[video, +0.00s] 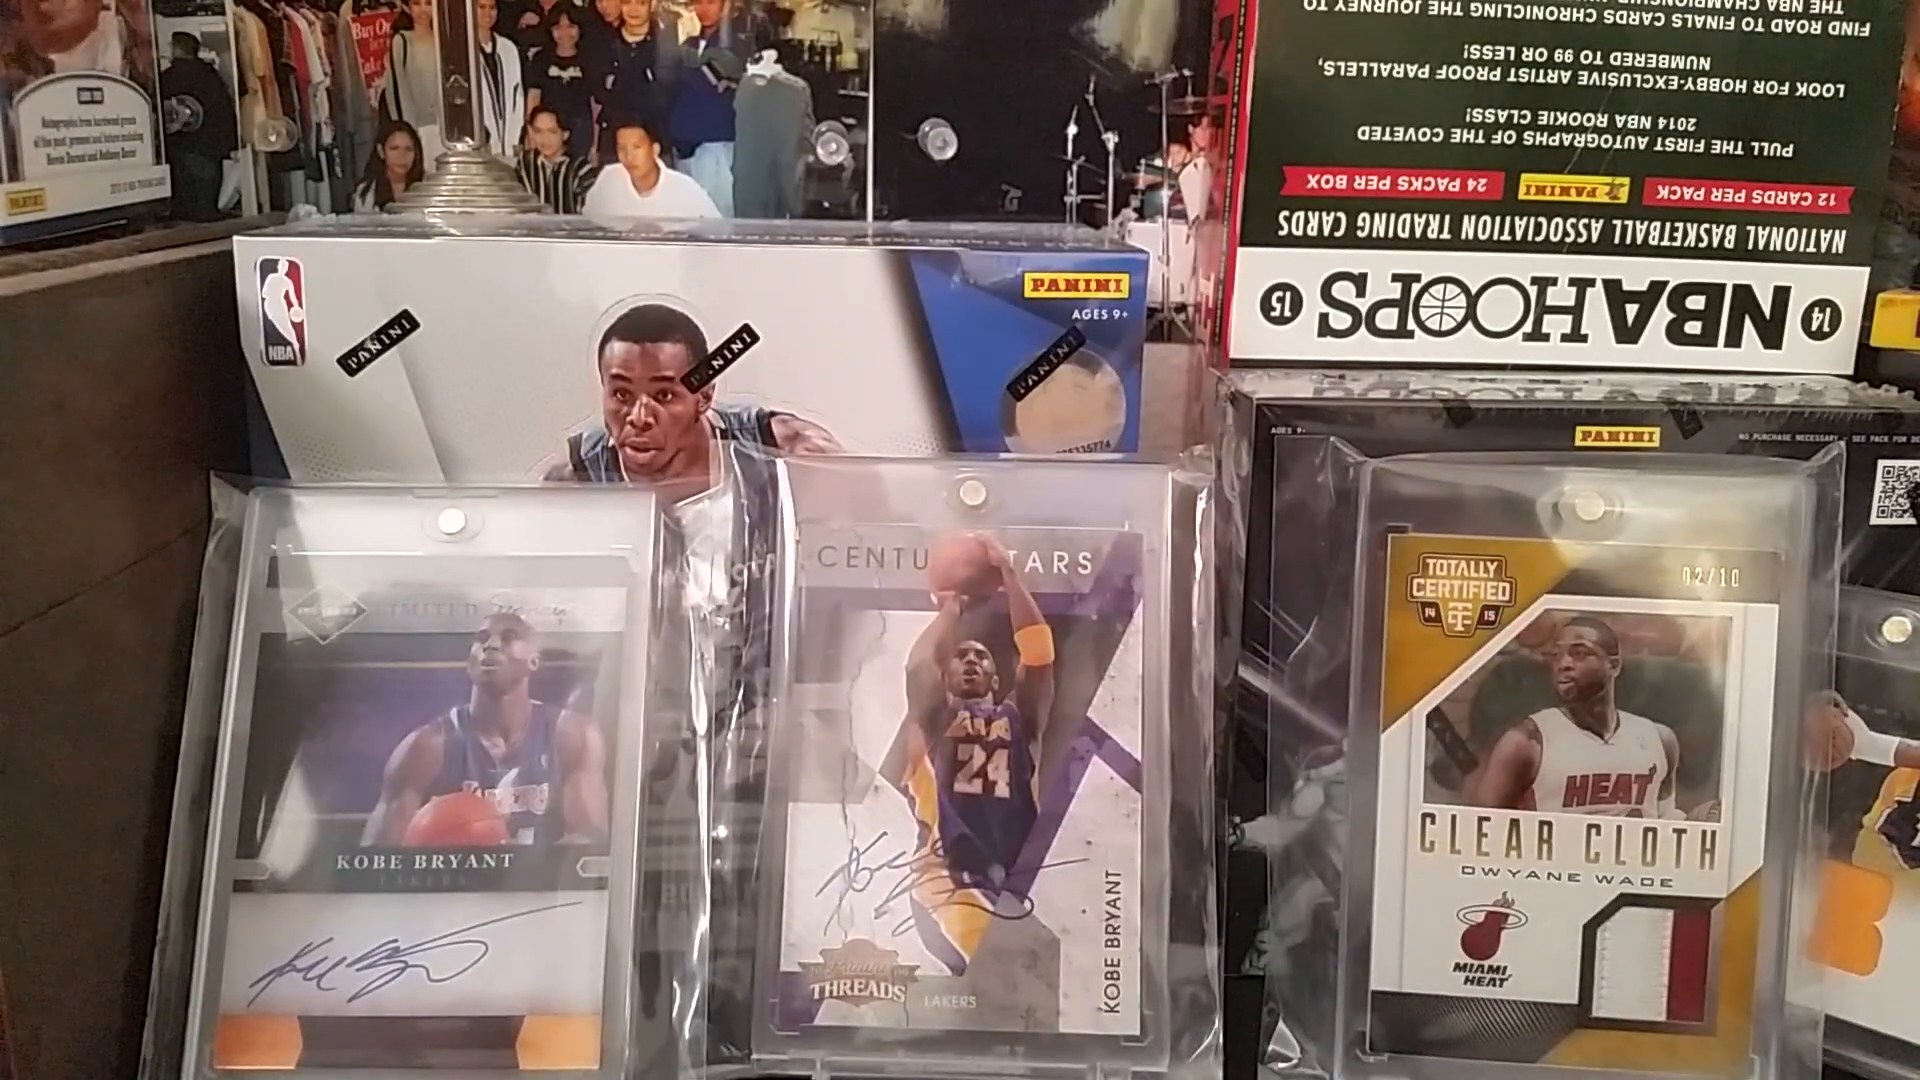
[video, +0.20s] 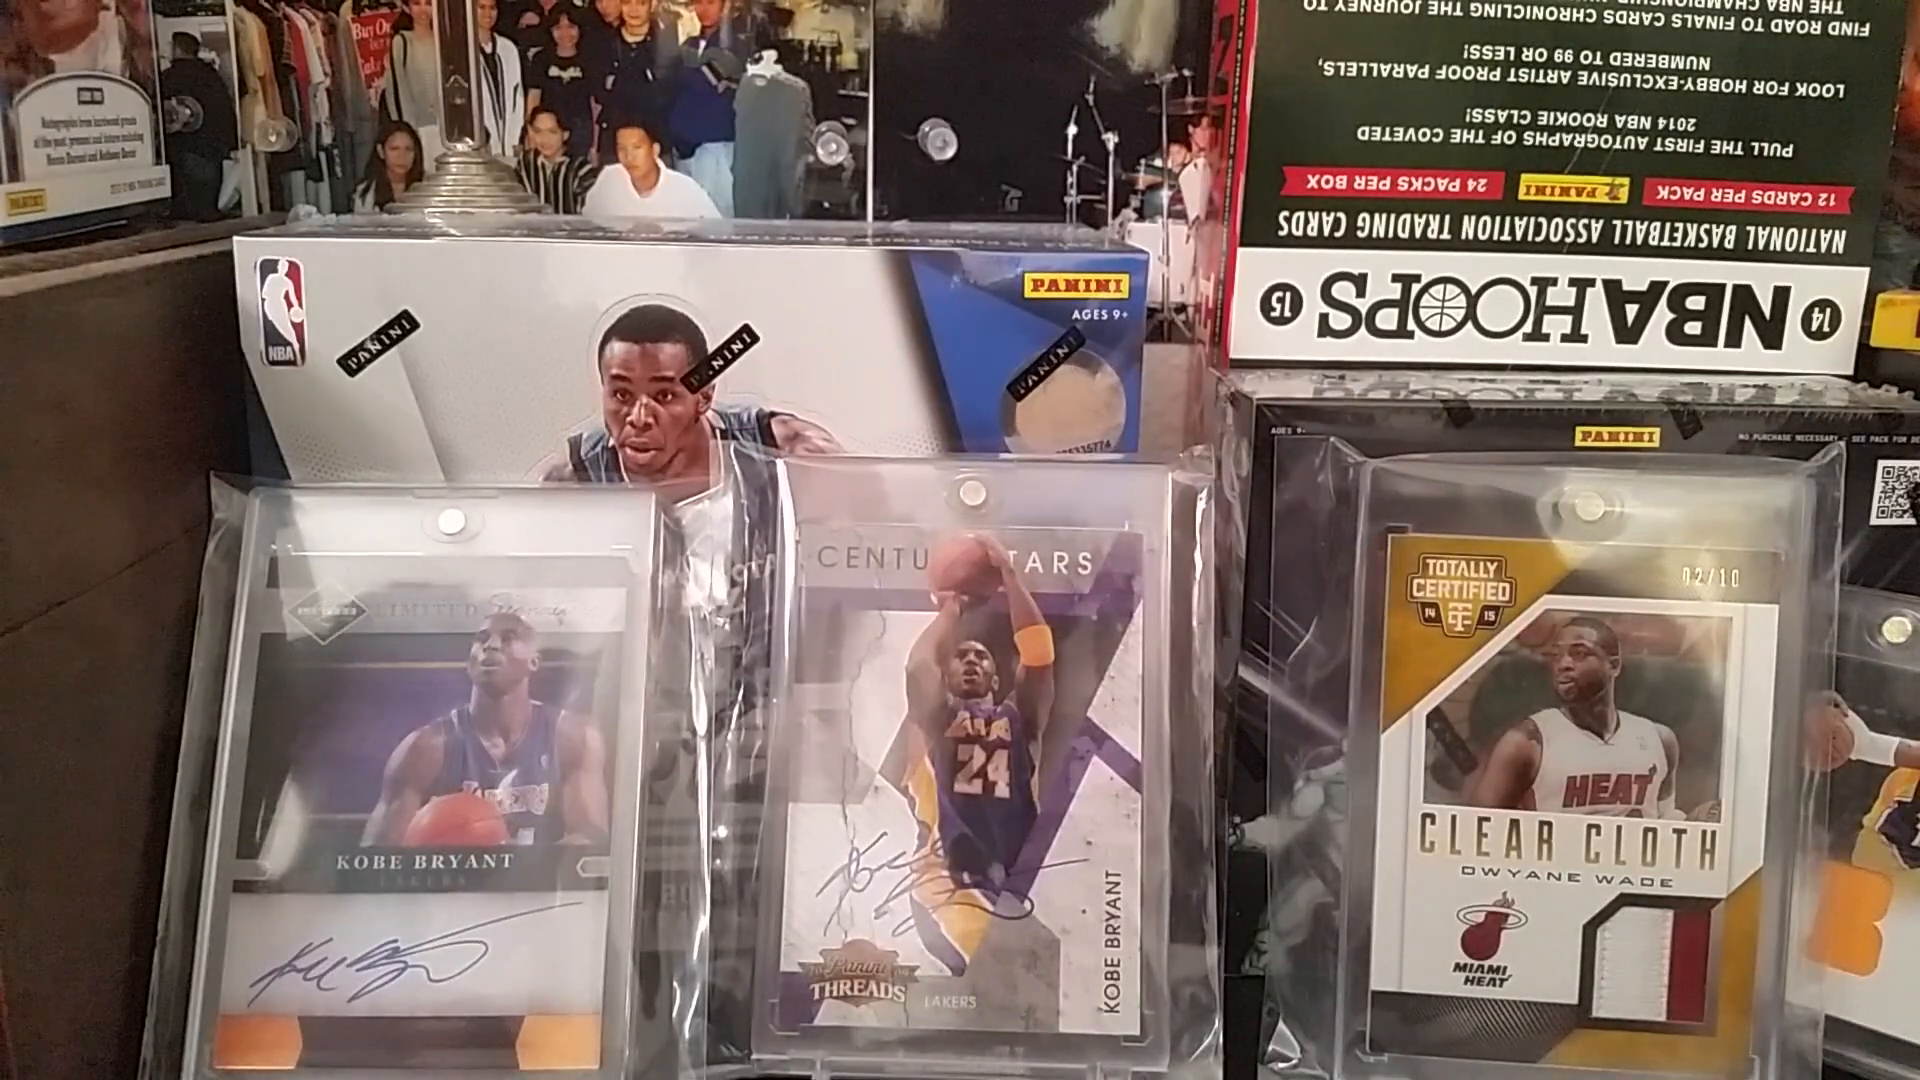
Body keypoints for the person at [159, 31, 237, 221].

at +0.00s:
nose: (170, 51)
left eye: (172, 47)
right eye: (172, 47)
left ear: (175, 49)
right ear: (196, 50)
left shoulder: (164, 78)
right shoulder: (211, 76)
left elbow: (156, 116)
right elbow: (225, 110)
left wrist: (159, 149)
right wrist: (230, 145)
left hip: (176, 151)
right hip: (209, 149)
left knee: (180, 207)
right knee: (207, 207)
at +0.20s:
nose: (172, 51)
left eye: (173, 48)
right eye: (174, 48)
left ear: (175, 49)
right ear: (196, 50)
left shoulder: (165, 78)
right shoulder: (213, 76)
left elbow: (158, 116)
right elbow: (226, 110)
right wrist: (231, 144)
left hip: (177, 150)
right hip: (211, 148)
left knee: (181, 207)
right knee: (208, 207)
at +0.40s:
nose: (171, 51)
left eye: (172, 48)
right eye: (173, 48)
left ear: (175, 49)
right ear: (196, 50)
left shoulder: (165, 78)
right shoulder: (212, 75)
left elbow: (158, 117)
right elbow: (226, 109)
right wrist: (231, 144)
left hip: (180, 150)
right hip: (212, 148)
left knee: (182, 207)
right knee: (209, 207)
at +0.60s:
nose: (171, 50)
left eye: (172, 47)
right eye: (173, 47)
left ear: (175, 49)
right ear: (197, 50)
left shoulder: (165, 78)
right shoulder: (211, 75)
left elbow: (158, 115)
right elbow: (225, 109)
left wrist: (160, 148)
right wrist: (230, 144)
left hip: (176, 149)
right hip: (209, 147)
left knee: (180, 208)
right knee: (207, 208)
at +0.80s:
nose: (171, 50)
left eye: (172, 47)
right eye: (173, 47)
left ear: (176, 48)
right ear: (197, 49)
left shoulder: (165, 78)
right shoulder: (212, 74)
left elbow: (158, 117)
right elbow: (226, 109)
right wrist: (231, 143)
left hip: (180, 150)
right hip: (212, 147)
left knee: (183, 206)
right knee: (208, 205)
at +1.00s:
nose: (171, 51)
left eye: (173, 47)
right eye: (173, 47)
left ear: (176, 49)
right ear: (197, 50)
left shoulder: (166, 78)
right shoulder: (213, 75)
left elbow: (158, 116)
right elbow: (226, 111)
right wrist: (229, 145)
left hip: (179, 150)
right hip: (211, 148)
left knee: (182, 207)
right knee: (208, 207)